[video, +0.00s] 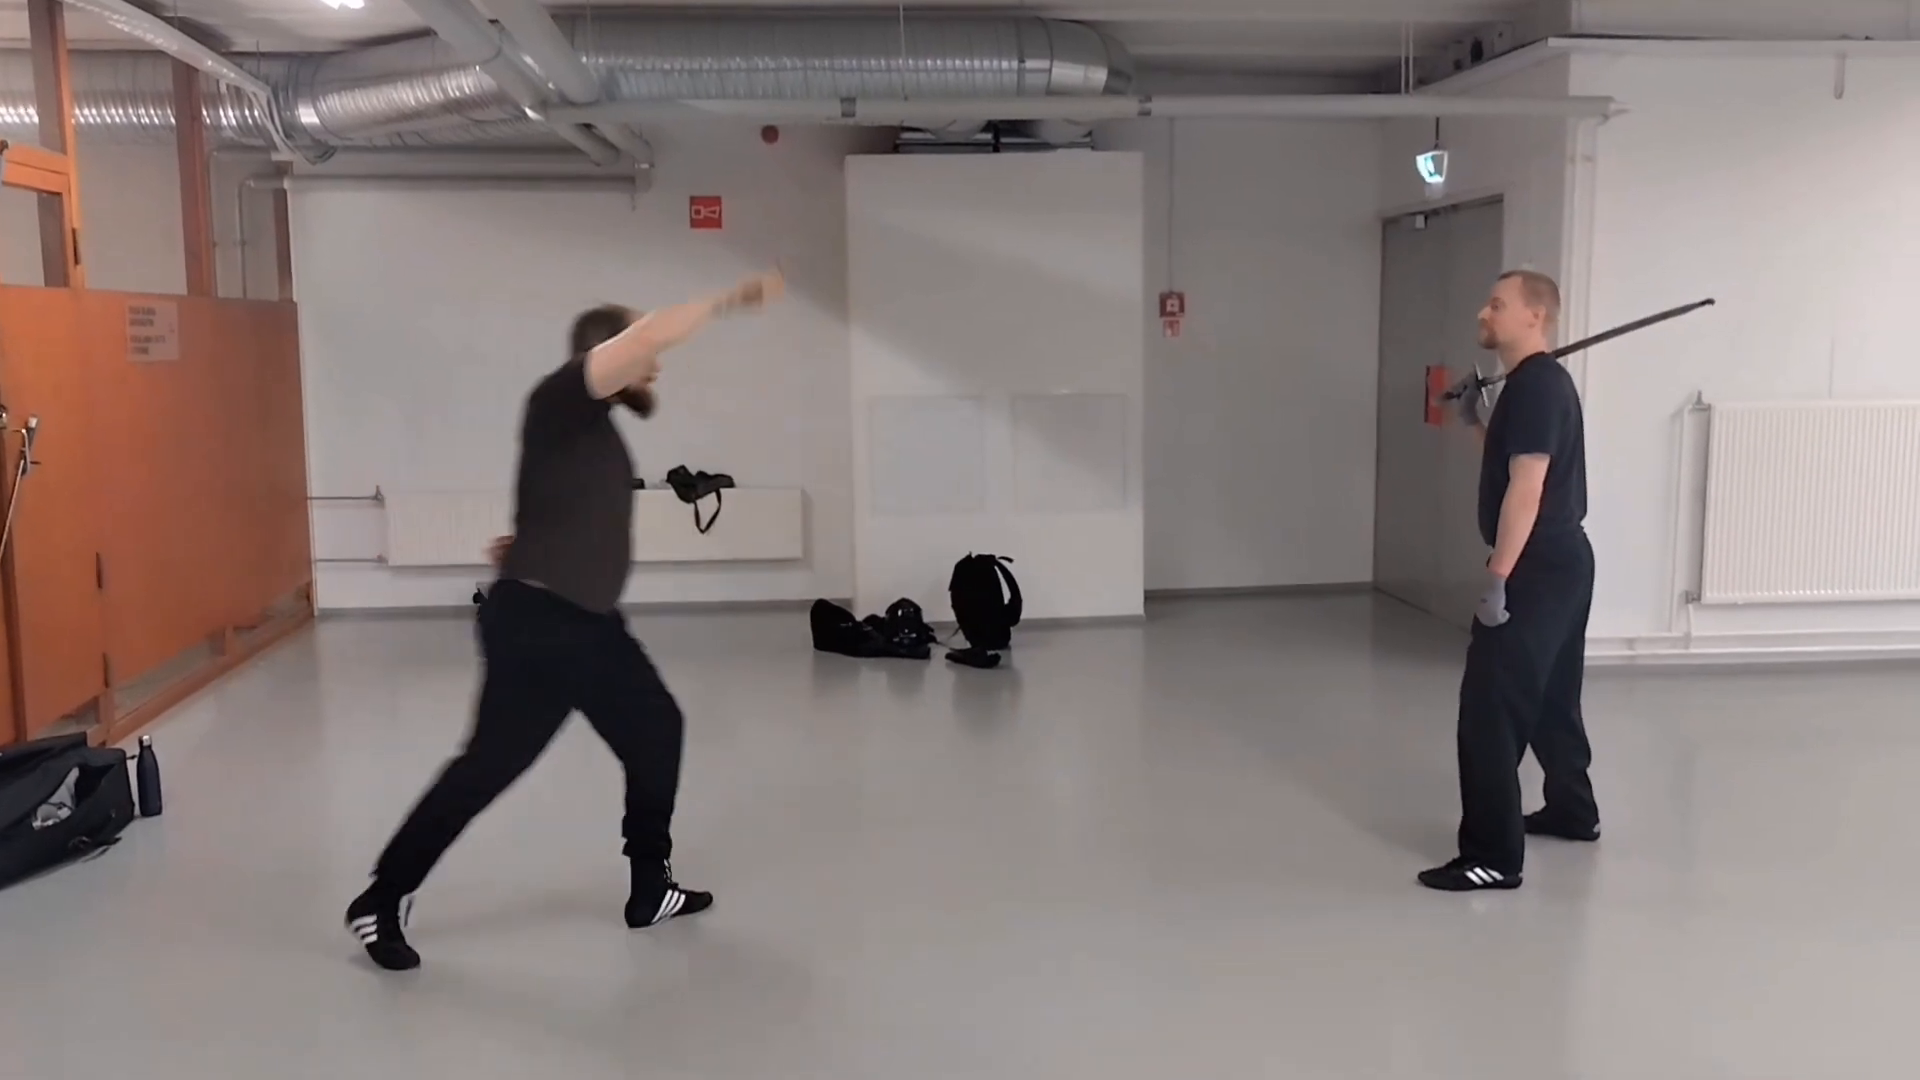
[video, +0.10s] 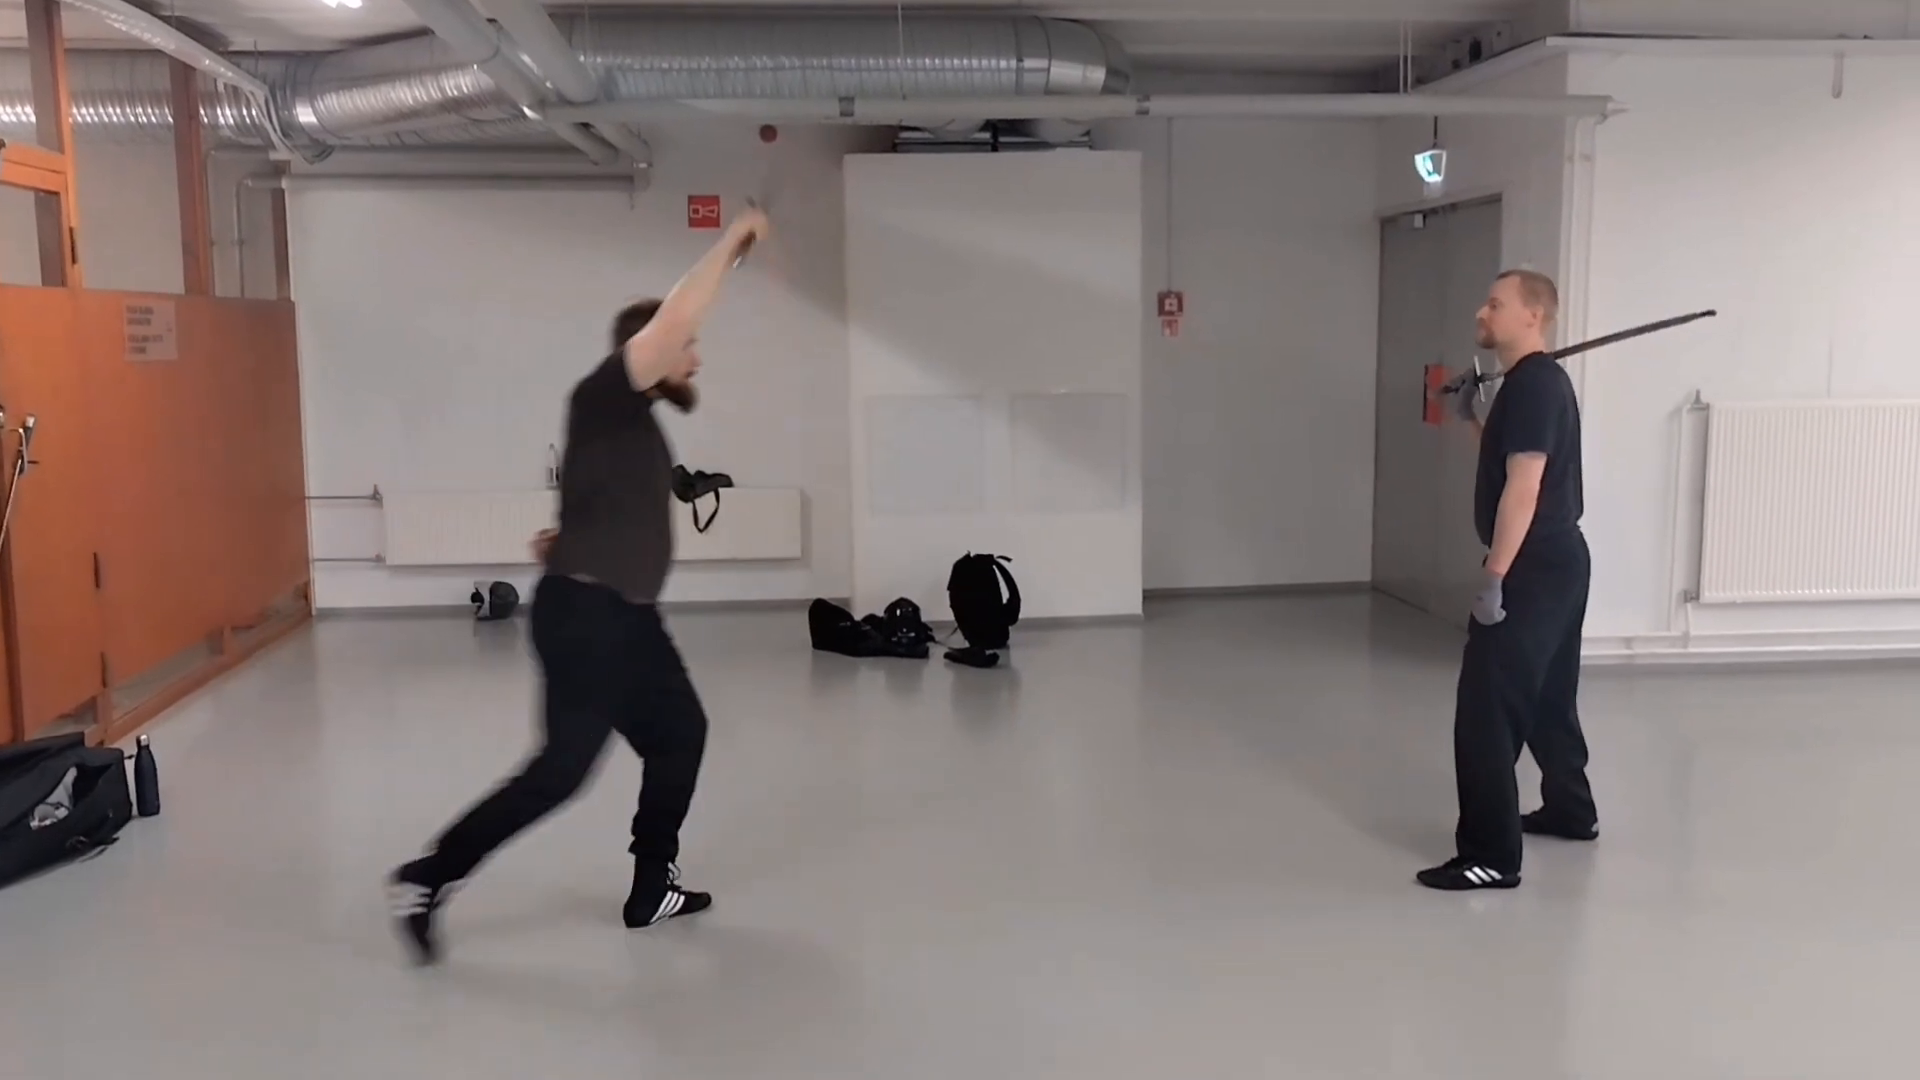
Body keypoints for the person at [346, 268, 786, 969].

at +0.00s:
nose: (656, 362)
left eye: (655, 350)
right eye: (645, 347)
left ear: (611, 355)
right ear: (607, 348)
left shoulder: (601, 432)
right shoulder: (560, 401)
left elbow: (588, 521)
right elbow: (643, 337)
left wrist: (526, 544)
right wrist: (724, 299)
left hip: (588, 625)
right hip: (533, 618)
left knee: (656, 734)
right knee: (491, 763)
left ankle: (650, 889)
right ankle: (379, 901)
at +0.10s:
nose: (695, 355)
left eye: (692, 341)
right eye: (682, 342)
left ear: (666, 350)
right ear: (649, 345)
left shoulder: (637, 420)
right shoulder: (604, 398)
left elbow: (625, 515)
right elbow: (675, 322)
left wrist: (568, 539)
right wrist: (732, 241)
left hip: (623, 614)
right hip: (581, 612)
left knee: (680, 735)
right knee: (565, 765)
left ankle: (652, 888)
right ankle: (427, 876)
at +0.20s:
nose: (725, 347)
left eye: (724, 335)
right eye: (713, 332)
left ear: (683, 344)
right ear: (679, 336)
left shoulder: (669, 415)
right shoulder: (647, 394)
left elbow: (668, 520)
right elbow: (713, 315)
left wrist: (608, 535)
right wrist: (741, 227)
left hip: (648, 601)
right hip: (623, 600)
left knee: (688, 740)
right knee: (663, 748)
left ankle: (652, 889)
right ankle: (522, 874)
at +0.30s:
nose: (751, 344)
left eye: (748, 332)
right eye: (744, 329)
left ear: (691, 332)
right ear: (714, 331)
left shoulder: (665, 399)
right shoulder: (702, 380)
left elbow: (675, 502)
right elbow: (769, 316)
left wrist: (638, 531)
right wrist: (776, 230)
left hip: (644, 588)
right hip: (675, 591)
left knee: (690, 742)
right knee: (726, 743)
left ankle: (651, 883)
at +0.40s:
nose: (782, 337)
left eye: (779, 324)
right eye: (774, 325)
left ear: (719, 334)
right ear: (741, 331)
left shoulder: (686, 399)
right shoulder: (743, 384)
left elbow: (660, 507)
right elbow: (833, 342)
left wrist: (660, 523)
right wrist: (837, 248)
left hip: (671, 592)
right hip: (715, 594)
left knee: (703, 740)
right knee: (795, 733)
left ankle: (649, 887)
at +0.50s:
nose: (816, 338)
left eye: (812, 326)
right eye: (808, 326)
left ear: (753, 338)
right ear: (774, 334)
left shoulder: (717, 403)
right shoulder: (787, 391)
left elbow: (681, 489)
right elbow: (897, 373)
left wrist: (678, 520)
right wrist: (917, 278)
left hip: (709, 597)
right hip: (763, 600)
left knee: (716, 743)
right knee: (845, 735)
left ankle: (650, 885)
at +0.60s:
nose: (852, 339)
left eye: (847, 328)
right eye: (843, 329)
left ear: (790, 347)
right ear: (813, 343)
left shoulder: (751, 416)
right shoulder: (838, 404)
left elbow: (703, 504)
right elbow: (953, 400)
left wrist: (726, 539)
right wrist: (997, 313)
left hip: (751, 612)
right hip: (819, 611)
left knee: (731, 748)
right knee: (898, 747)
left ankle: (649, 885)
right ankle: (965, 885)